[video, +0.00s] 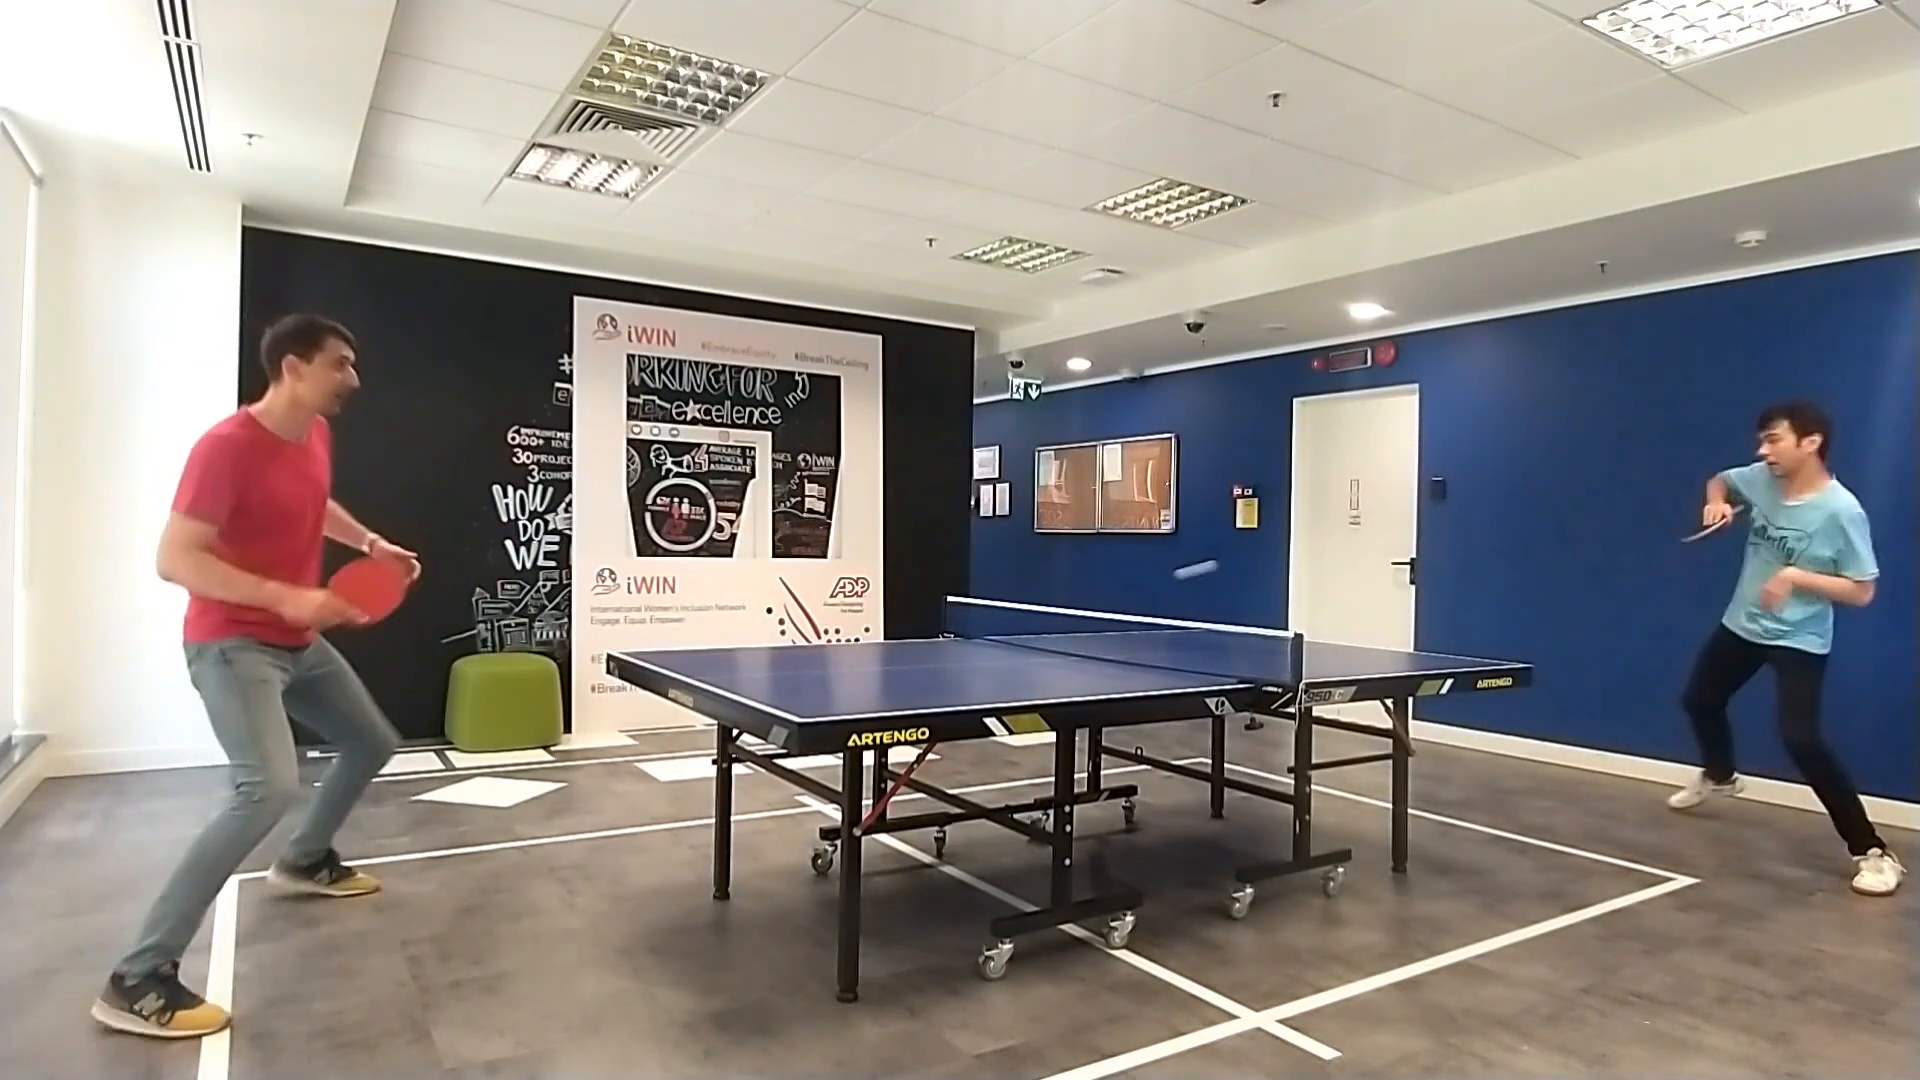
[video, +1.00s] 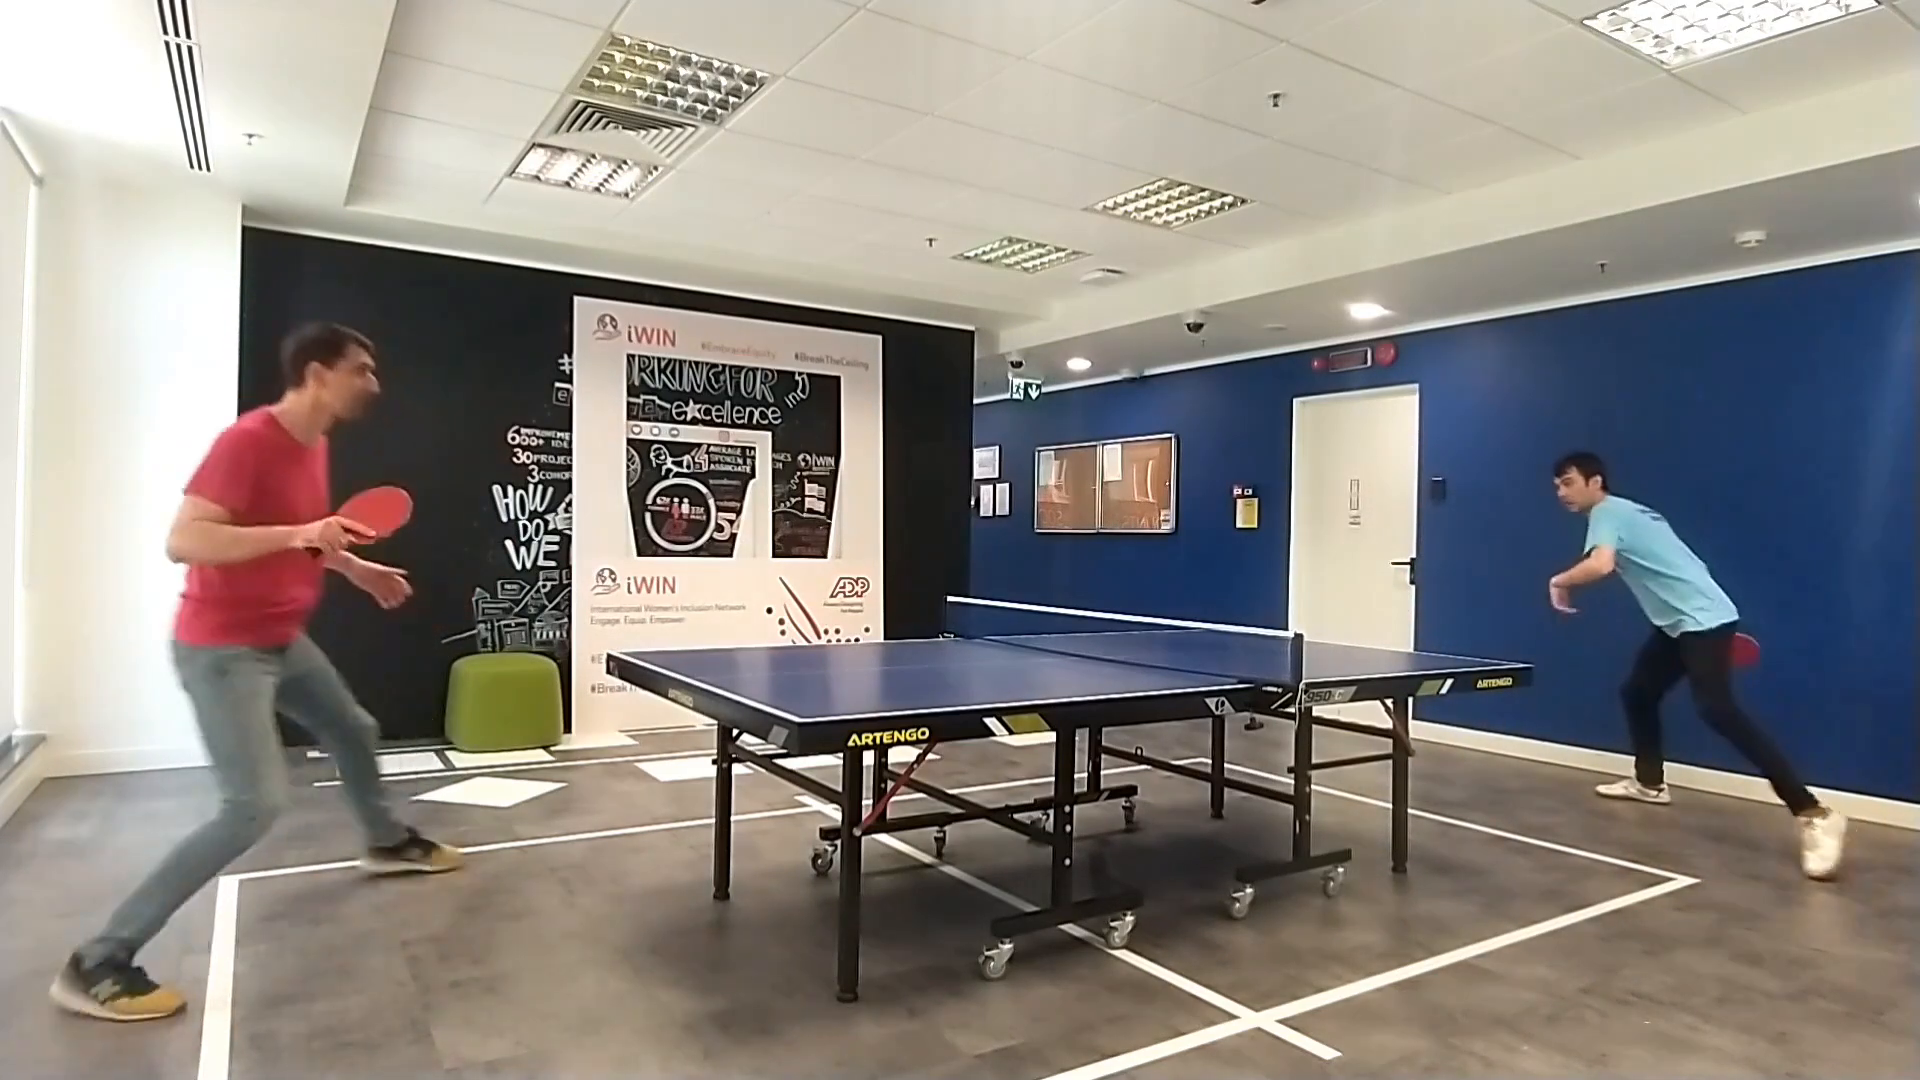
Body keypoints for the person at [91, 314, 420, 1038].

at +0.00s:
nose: (353, 379)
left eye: (353, 367)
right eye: (342, 365)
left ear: (309, 373)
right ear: (293, 368)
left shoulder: (315, 437)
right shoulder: (227, 446)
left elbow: (308, 506)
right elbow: (175, 558)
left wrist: (369, 543)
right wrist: (287, 596)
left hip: (298, 642)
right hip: (231, 645)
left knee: (371, 742)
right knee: (268, 790)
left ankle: (304, 858)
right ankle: (140, 975)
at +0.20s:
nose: (397, 423)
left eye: (399, 413)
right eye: (388, 411)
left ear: (364, 418)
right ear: (340, 411)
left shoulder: (373, 473)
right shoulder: (265, 481)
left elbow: (389, 524)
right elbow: (179, 565)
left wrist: (418, 565)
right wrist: (175, 628)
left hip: (337, 661)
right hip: (267, 665)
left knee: (426, 750)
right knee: (279, 802)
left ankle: (405, 836)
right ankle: (136, 981)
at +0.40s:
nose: (422, 416)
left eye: (427, 406)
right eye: (414, 402)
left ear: (417, 410)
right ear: (372, 397)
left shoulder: (415, 455)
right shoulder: (306, 470)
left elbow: (415, 521)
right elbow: (270, 563)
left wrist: (427, 560)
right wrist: (311, 585)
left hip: (389, 644)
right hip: (318, 644)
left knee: (455, 743)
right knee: (288, 775)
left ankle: (403, 839)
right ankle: (186, 952)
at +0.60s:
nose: (441, 380)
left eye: (444, 370)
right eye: (433, 367)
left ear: (421, 374)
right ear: (390, 364)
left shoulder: (421, 432)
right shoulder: (324, 432)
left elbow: (406, 502)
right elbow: (273, 522)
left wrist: (430, 542)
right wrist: (325, 508)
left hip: (391, 617)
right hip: (325, 613)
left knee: (443, 728)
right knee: (311, 747)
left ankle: (402, 838)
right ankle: (227, 922)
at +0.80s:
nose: (432, 408)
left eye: (433, 398)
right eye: (424, 396)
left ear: (394, 400)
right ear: (381, 397)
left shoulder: (401, 465)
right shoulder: (310, 463)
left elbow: (387, 538)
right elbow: (246, 554)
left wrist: (434, 579)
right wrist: (316, 537)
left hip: (369, 638)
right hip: (303, 634)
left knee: (448, 737)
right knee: (323, 753)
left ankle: (402, 840)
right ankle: (174, 911)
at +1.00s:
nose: (372, 385)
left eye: (372, 374)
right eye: (361, 371)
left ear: (325, 380)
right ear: (315, 374)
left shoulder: (313, 446)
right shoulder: (247, 440)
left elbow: (294, 533)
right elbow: (183, 540)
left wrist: (356, 568)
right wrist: (297, 535)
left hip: (281, 639)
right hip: (220, 650)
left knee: (355, 732)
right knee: (252, 807)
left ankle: (387, 841)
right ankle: (99, 963)